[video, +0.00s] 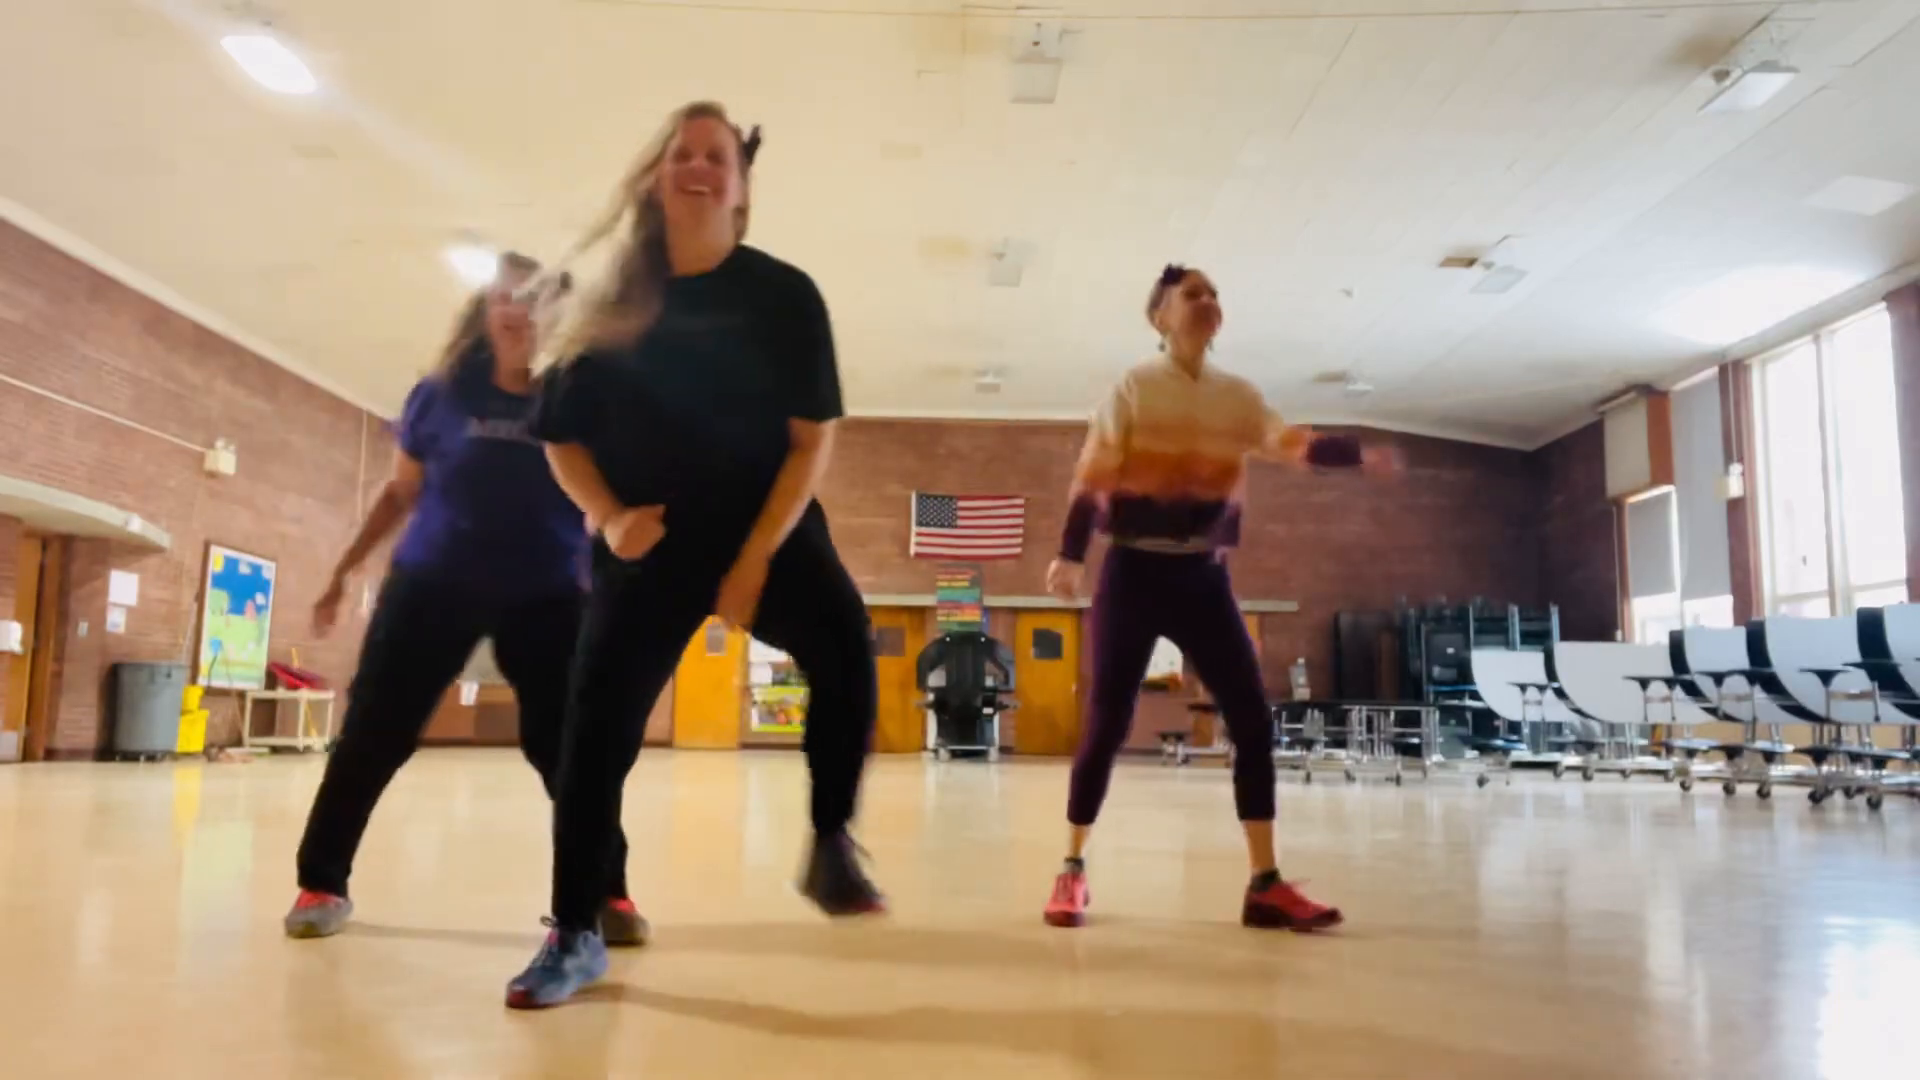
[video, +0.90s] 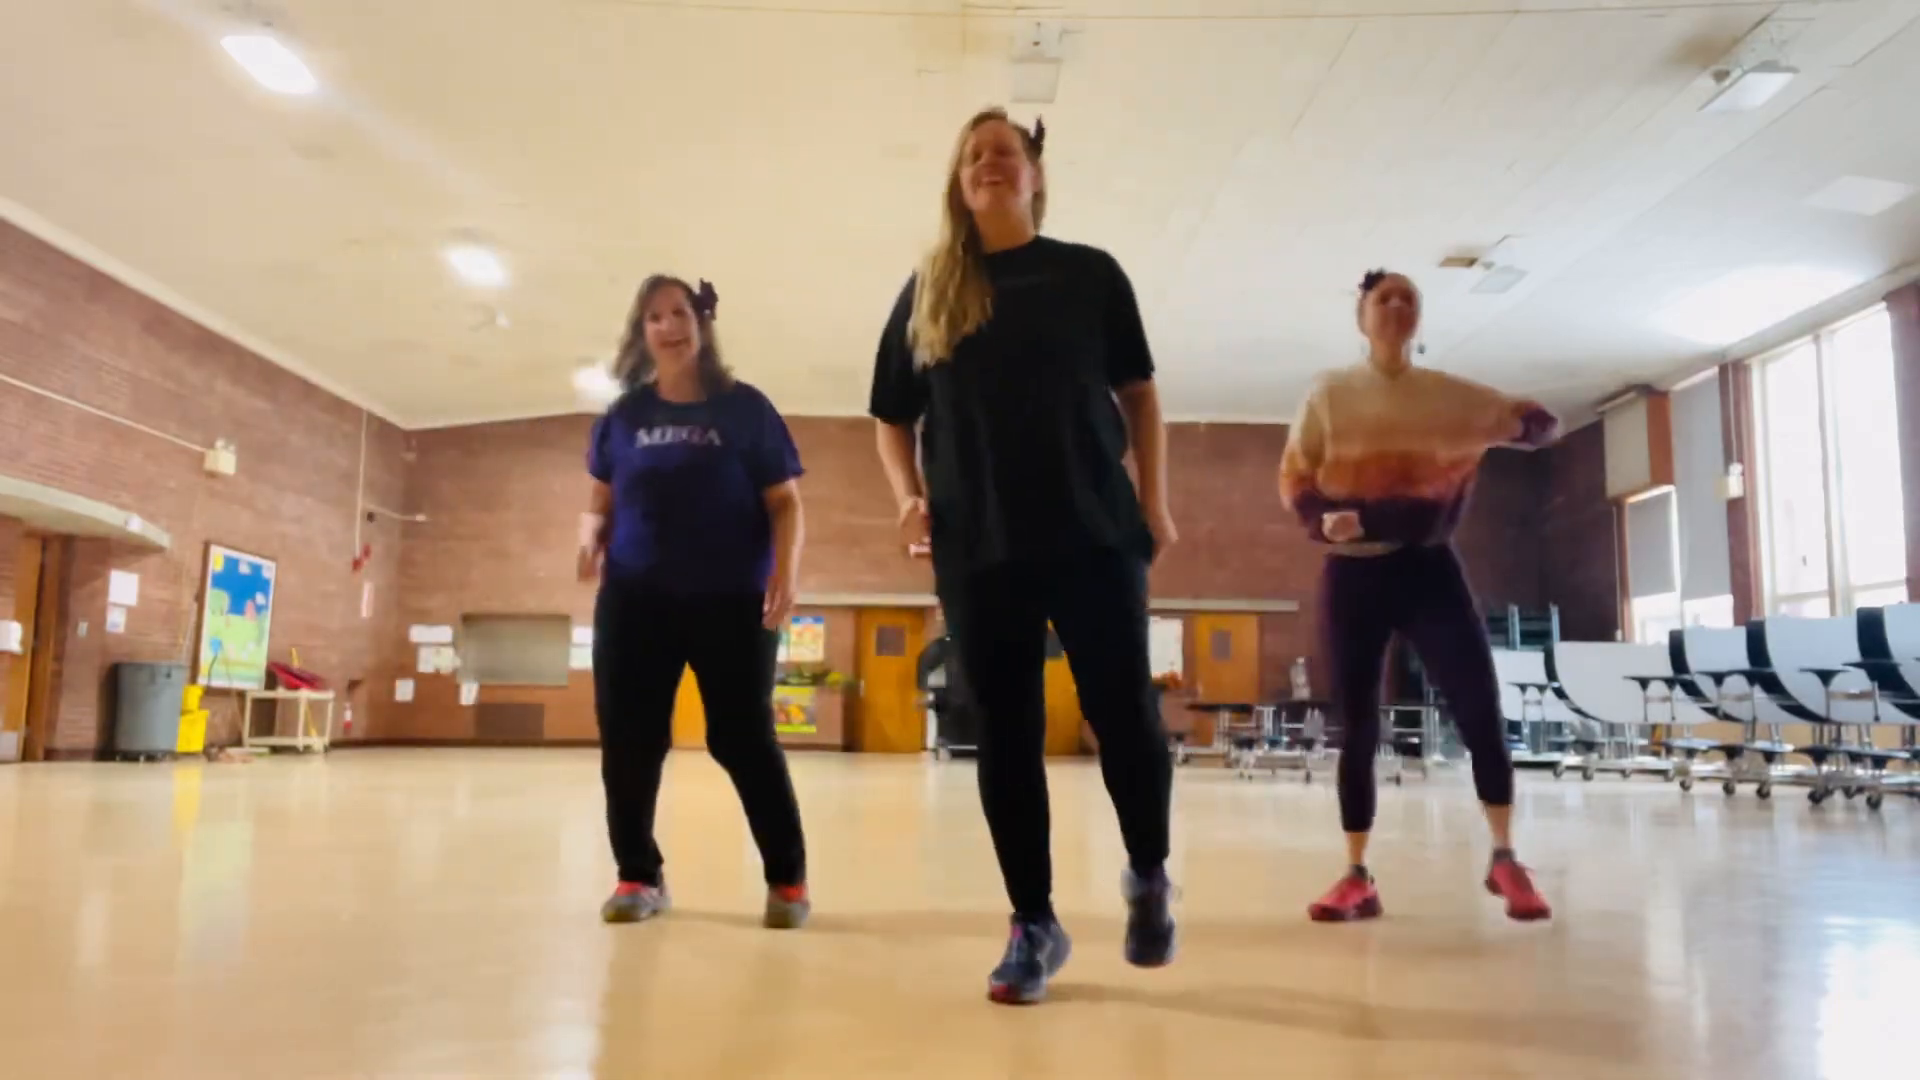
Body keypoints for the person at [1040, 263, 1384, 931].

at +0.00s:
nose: (1207, 301)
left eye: (1212, 294)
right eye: (1191, 294)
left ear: (1219, 315)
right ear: (1159, 315)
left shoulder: (1238, 398)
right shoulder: (1134, 389)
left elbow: (1292, 446)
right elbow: (1092, 478)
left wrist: (1358, 454)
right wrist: (1070, 554)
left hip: (1200, 577)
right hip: (1130, 574)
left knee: (1252, 722)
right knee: (1106, 723)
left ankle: (1264, 882)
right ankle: (1072, 869)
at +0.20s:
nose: (1255, 290)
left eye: (1260, 283)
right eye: (1239, 283)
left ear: (1269, 307)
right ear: (1209, 310)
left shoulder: (1299, 385)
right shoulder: (1184, 389)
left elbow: (1335, 474)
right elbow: (1142, 468)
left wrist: (1357, 557)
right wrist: (1142, 516)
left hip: (1271, 572)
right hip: (1195, 567)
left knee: (1288, 726)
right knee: (1157, 701)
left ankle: (1269, 881)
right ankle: (1140, 828)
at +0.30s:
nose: (1280, 288)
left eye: (1285, 282)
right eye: (1263, 282)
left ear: (1295, 306)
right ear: (1233, 309)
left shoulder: (1326, 380)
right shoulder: (1208, 387)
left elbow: (1364, 461)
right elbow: (1165, 453)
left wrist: (1365, 538)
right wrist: (1171, 491)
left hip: (1297, 568)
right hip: (1221, 563)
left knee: (1297, 721)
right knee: (1189, 708)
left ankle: (1272, 880)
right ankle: (1230, 794)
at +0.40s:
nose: (1304, 291)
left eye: (1309, 285)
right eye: (1287, 285)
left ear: (1317, 310)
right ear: (1257, 312)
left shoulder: (1346, 383)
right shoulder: (1230, 389)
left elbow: (1383, 456)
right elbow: (1190, 459)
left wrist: (1379, 523)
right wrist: (1206, 487)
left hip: (1319, 563)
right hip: (1244, 564)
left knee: (1312, 716)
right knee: (1236, 725)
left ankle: (1272, 878)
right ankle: (1312, 803)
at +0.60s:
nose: (1333, 320)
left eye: (1341, 313)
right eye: (1319, 311)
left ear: (1351, 332)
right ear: (1292, 330)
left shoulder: (1377, 409)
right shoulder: (1260, 417)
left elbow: (1415, 489)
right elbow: (1233, 506)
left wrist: (1435, 551)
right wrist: (1255, 557)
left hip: (1362, 581)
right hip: (1291, 584)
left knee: (1397, 708)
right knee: (1317, 732)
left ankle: (1337, 851)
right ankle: (1350, 870)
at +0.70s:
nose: (1351, 311)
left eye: (1359, 304)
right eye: (1337, 303)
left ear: (1369, 323)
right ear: (1312, 321)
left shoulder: (1394, 398)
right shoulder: (1281, 406)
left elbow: (1447, 453)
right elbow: (1245, 494)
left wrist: (1470, 492)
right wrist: (1268, 547)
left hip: (1380, 569)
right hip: (1308, 573)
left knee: (1438, 687)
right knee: (1326, 727)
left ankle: (1402, 836)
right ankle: (1353, 872)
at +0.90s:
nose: (1397, 307)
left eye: (1406, 300)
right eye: (1385, 298)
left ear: (1418, 320)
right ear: (1361, 316)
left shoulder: (1446, 394)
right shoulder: (1330, 394)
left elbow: (1539, 425)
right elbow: (1294, 478)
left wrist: (1527, 424)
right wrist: (1319, 520)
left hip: (1429, 569)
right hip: (1354, 574)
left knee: (1481, 715)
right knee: (1358, 728)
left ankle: (1505, 861)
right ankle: (1356, 876)